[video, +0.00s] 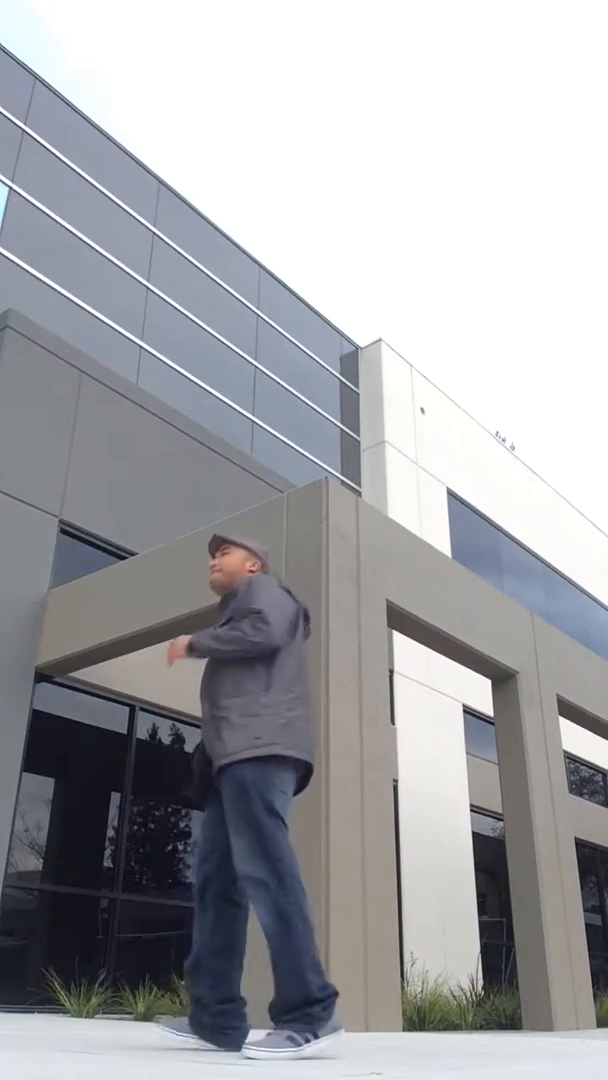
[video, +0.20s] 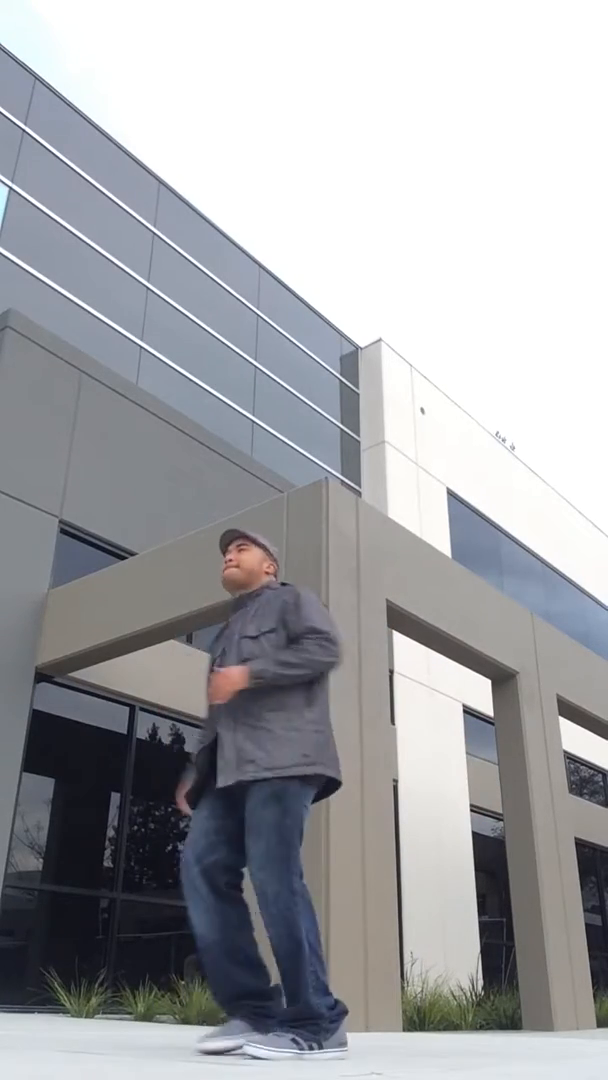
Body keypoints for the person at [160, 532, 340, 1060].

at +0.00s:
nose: (211, 563)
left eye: (221, 554)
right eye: (210, 557)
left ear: (253, 562)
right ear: (227, 570)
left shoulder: (263, 589)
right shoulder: (236, 614)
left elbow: (267, 633)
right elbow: (241, 699)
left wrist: (196, 643)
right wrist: (215, 757)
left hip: (258, 751)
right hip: (230, 758)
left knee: (268, 879)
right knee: (216, 885)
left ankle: (309, 1016)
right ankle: (215, 1021)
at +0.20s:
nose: (229, 556)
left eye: (241, 548)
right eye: (225, 552)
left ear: (270, 565)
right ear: (225, 572)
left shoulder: (291, 597)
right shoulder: (226, 631)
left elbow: (325, 648)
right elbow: (220, 714)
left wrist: (248, 672)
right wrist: (196, 771)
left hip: (281, 759)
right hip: (229, 768)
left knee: (275, 880)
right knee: (203, 867)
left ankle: (316, 1023)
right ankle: (255, 1014)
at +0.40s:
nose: (236, 540)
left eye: (247, 532)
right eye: (229, 538)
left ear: (274, 548)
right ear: (224, 559)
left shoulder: (306, 595)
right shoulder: (199, 612)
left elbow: (361, 638)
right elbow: (175, 659)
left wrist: (328, 657)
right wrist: (174, 675)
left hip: (297, 753)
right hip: (229, 759)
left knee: (306, 876)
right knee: (246, 884)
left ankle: (316, 1020)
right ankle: (262, 1021)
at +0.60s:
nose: (248, 549)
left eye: (258, 542)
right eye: (238, 546)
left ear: (278, 559)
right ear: (228, 566)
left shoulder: (310, 623)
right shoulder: (203, 617)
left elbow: (335, 672)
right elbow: (171, 674)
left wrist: (334, 691)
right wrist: (201, 698)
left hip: (295, 765)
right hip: (226, 768)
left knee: (302, 878)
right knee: (239, 887)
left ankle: (289, 995)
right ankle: (269, 1022)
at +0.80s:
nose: (255, 565)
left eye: (265, 560)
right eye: (245, 560)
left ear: (278, 580)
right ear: (229, 579)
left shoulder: (297, 640)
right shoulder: (202, 627)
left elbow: (314, 699)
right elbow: (171, 689)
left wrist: (309, 728)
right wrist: (230, 714)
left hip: (283, 782)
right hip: (220, 776)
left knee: (273, 897)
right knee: (226, 890)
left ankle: (257, 1019)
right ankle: (220, 1017)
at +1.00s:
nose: (255, 559)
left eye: (262, 555)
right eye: (243, 552)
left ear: (268, 573)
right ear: (220, 566)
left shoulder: (269, 629)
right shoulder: (194, 610)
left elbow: (267, 693)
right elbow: (172, 667)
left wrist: (275, 717)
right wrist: (230, 711)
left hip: (251, 775)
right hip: (192, 768)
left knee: (258, 884)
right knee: (192, 880)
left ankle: (246, 1016)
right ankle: (170, 1019)